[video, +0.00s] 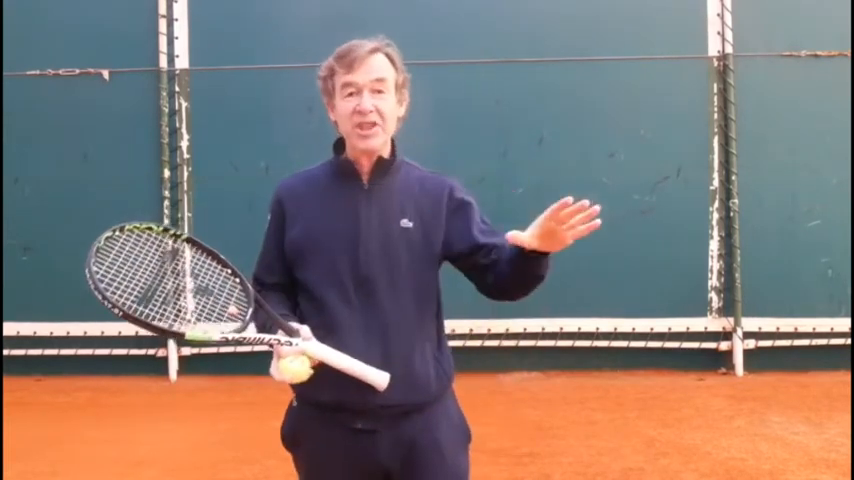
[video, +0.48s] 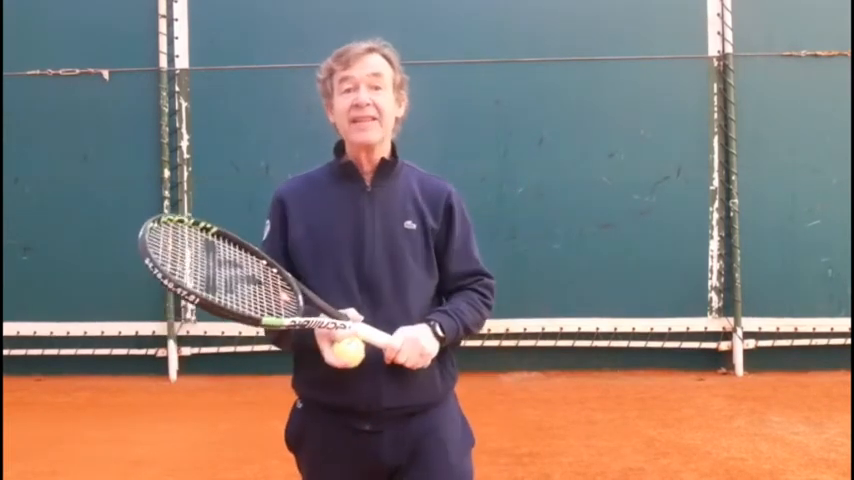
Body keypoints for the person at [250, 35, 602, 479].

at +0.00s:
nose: (364, 105)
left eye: (378, 91)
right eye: (350, 93)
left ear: (400, 104)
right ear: (332, 109)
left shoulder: (438, 197)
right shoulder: (293, 199)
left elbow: (499, 279)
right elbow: (270, 290)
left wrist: (532, 252)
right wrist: (285, 337)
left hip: (424, 423)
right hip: (328, 424)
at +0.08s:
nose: (365, 103)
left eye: (378, 90)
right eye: (350, 91)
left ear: (400, 102)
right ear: (332, 108)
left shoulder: (437, 195)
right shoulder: (293, 198)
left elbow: (491, 294)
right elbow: (269, 289)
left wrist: (502, 269)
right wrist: (288, 335)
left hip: (425, 421)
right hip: (328, 422)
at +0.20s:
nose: (364, 102)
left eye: (377, 87)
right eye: (349, 90)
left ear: (399, 102)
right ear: (330, 107)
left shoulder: (435, 196)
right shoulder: (292, 199)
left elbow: (483, 285)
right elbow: (270, 293)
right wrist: (298, 332)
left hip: (425, 420)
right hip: (328, 424)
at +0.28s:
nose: (363, 100)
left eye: (376, 86)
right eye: (348, 88)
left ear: (398, 104)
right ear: (330, 108)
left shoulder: (434, 197)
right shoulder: (291, 200)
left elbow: (473, 291)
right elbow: (269, 299)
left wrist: (426, 322)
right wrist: (305, 332)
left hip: (425, 422)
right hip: (328, 426)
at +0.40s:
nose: (360, 100)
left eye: (373, 87)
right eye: (346, 90)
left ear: (397, 104)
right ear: (329, 110)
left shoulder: (436, 199)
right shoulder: (291, 202)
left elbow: (471, 289)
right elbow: (271, 305)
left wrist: (428, 331)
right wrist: (312, 334)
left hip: (425, 423)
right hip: (328, 428)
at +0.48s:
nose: (361, 98)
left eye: (375, 86)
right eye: (348, 88)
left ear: (399, 103)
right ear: (331, 109)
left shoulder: (438, 199)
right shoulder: (292, 201)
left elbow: (475, 289)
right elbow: (274, 313)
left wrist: (434, 331)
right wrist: (316, 334)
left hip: (427, 424)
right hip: (330, 428)